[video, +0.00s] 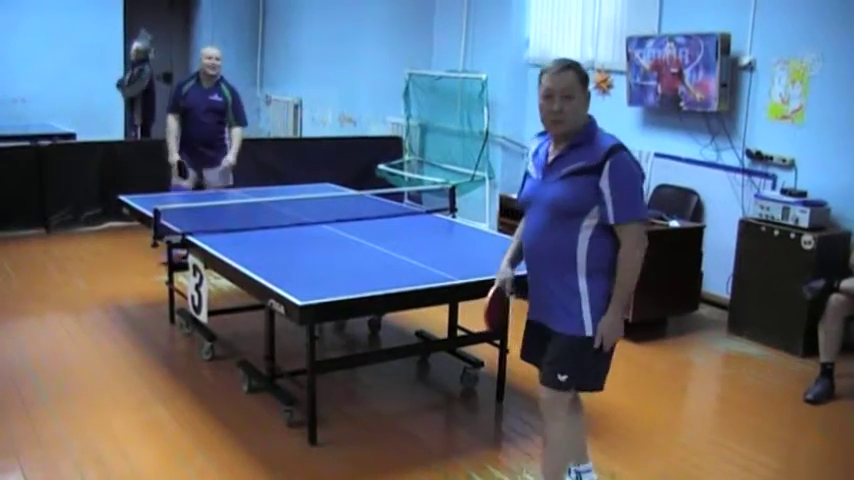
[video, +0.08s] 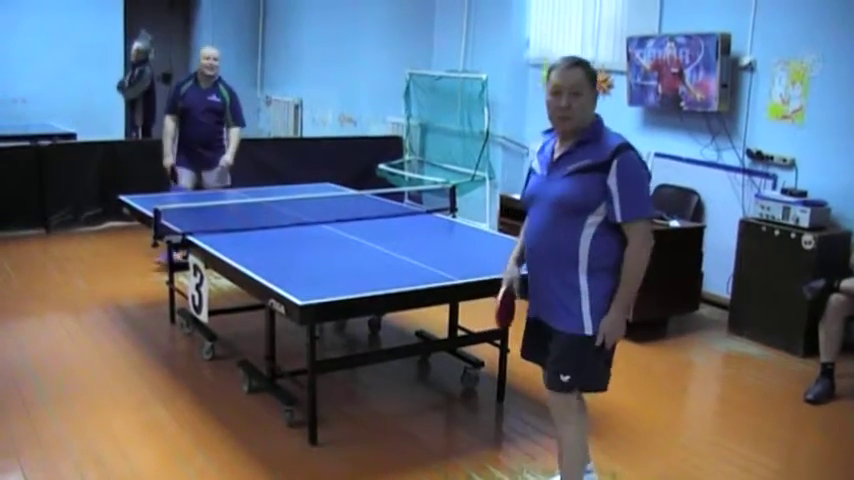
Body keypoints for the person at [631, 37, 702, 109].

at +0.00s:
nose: (670, 51)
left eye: (671, 48)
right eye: (668, 48)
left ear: (675, 49)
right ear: (665, 49)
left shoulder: (678, 62)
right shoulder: (660, 62)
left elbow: (684, 81)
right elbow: (648, 69)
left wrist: (695, 94)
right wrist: (637, 59)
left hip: (675, 95)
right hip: (663, 95)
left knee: (677, 122)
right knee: (663, 121)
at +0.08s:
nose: (670, 51)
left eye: (672, 48)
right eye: (669, 48)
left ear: (675, 49)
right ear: (665, 48)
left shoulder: (678, 62)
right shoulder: (660, 61)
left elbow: (685, 81)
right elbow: (648, 69)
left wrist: (695, 94)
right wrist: (637, 58)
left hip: (676, 95)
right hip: (663, 95)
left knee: (677, 121)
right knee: (663, 121)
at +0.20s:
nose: (670, 52)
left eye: (672, 49)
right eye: (669, 49)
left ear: (675, 50)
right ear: (665, 50)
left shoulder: (678, 64)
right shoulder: (660, 63)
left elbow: (684, 82)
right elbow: (648, 70)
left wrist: (695, 95)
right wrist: (638, 60)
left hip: (676, 96)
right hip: (663, 96)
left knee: (677, 122)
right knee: (663, 121)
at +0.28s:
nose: (671, 52)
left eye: (673, 50)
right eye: (669, 49)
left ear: (676, 51)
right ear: (666, 51)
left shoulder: (679, 64)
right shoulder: (661, 63)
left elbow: (685, 82)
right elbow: (649, 70)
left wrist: (696, 96)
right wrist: (639, 60)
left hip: (676, 97)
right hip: (664, 96)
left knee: (678, 123)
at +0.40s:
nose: (671, 53)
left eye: (673, 50)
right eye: (670, 50)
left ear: (676, 51)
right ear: (666, 51)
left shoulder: (679, 64)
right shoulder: (661, 64)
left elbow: (685, 82)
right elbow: (649, 70)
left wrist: (696, 96)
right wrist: (639, 60)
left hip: (676, 96)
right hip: (664, 96)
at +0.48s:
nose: (672, 53)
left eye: (673, 50)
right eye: (670, 50)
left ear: (677, 51)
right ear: (666, 51)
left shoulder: (679, 65)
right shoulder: (661, 64)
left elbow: (685, 82)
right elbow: (650, 70)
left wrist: (696, 96)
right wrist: (639, 60)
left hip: (677, 96)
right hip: (664, 96)